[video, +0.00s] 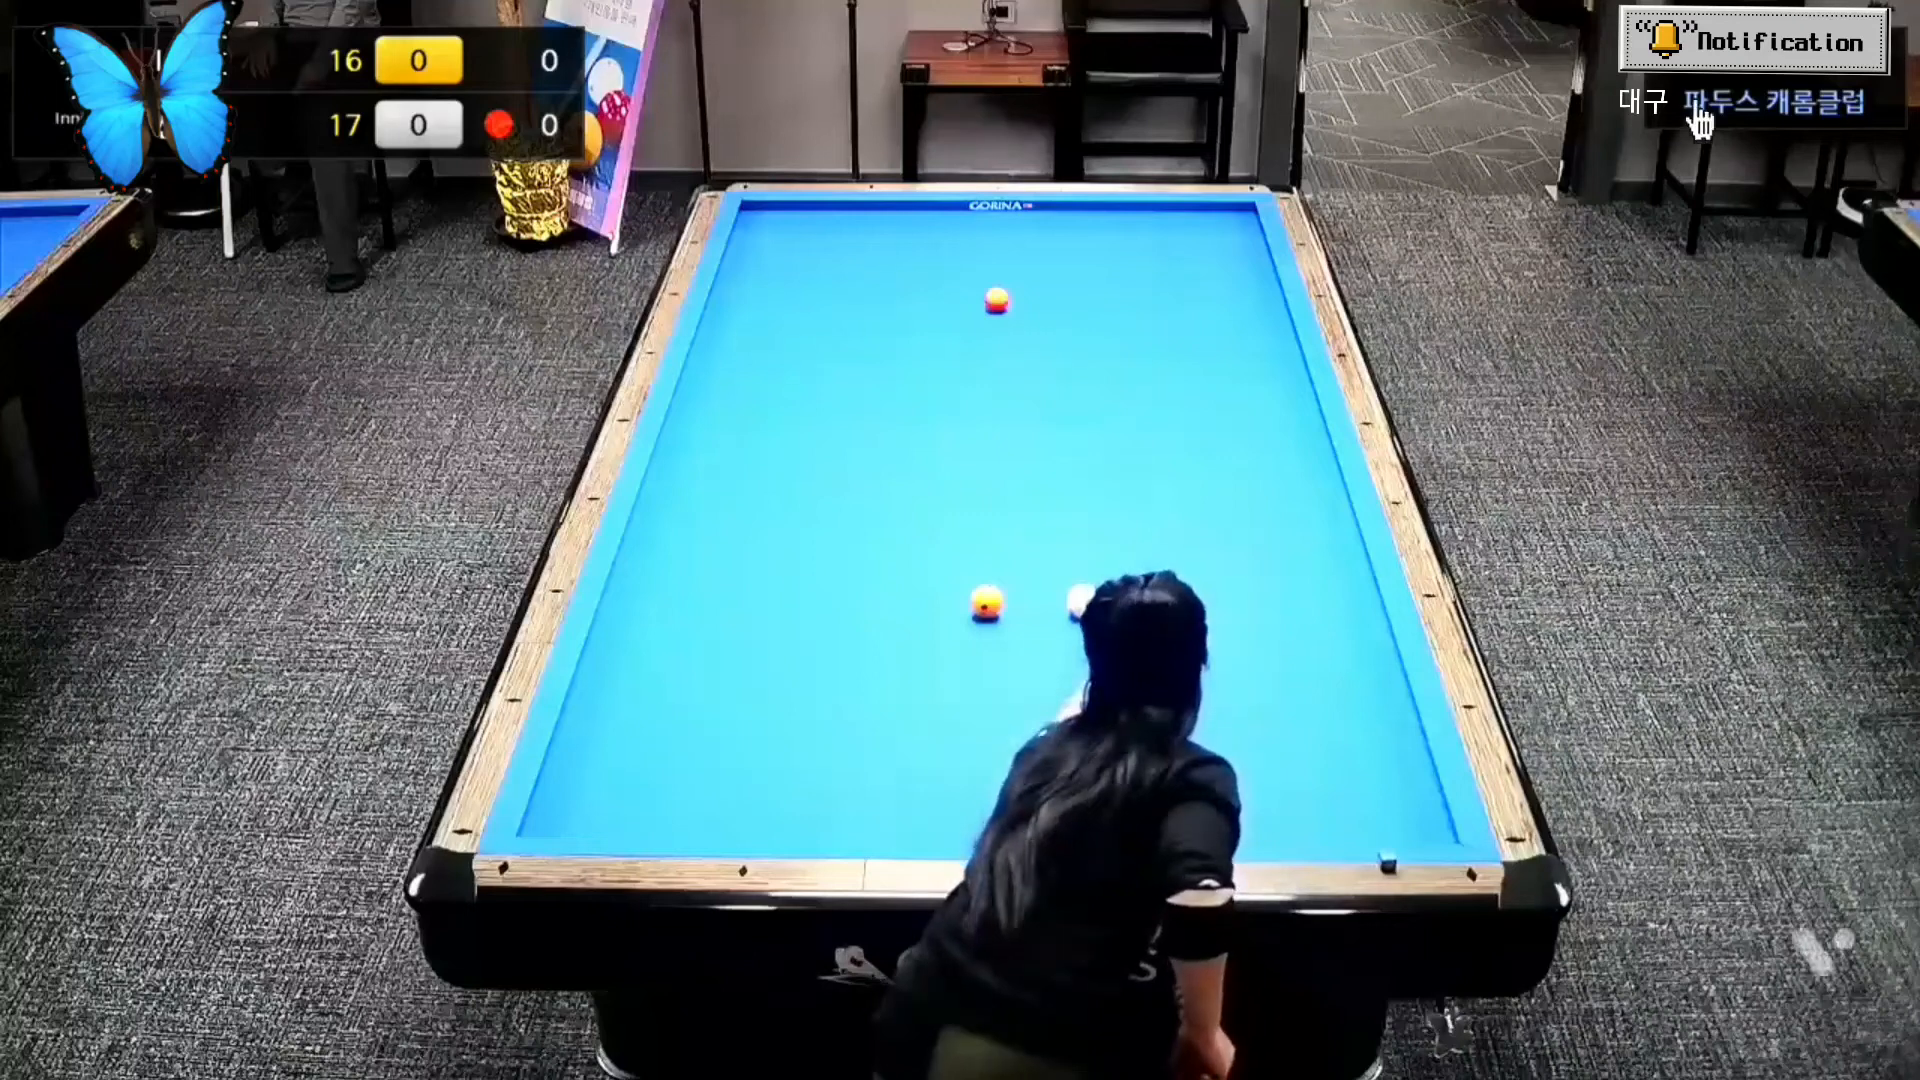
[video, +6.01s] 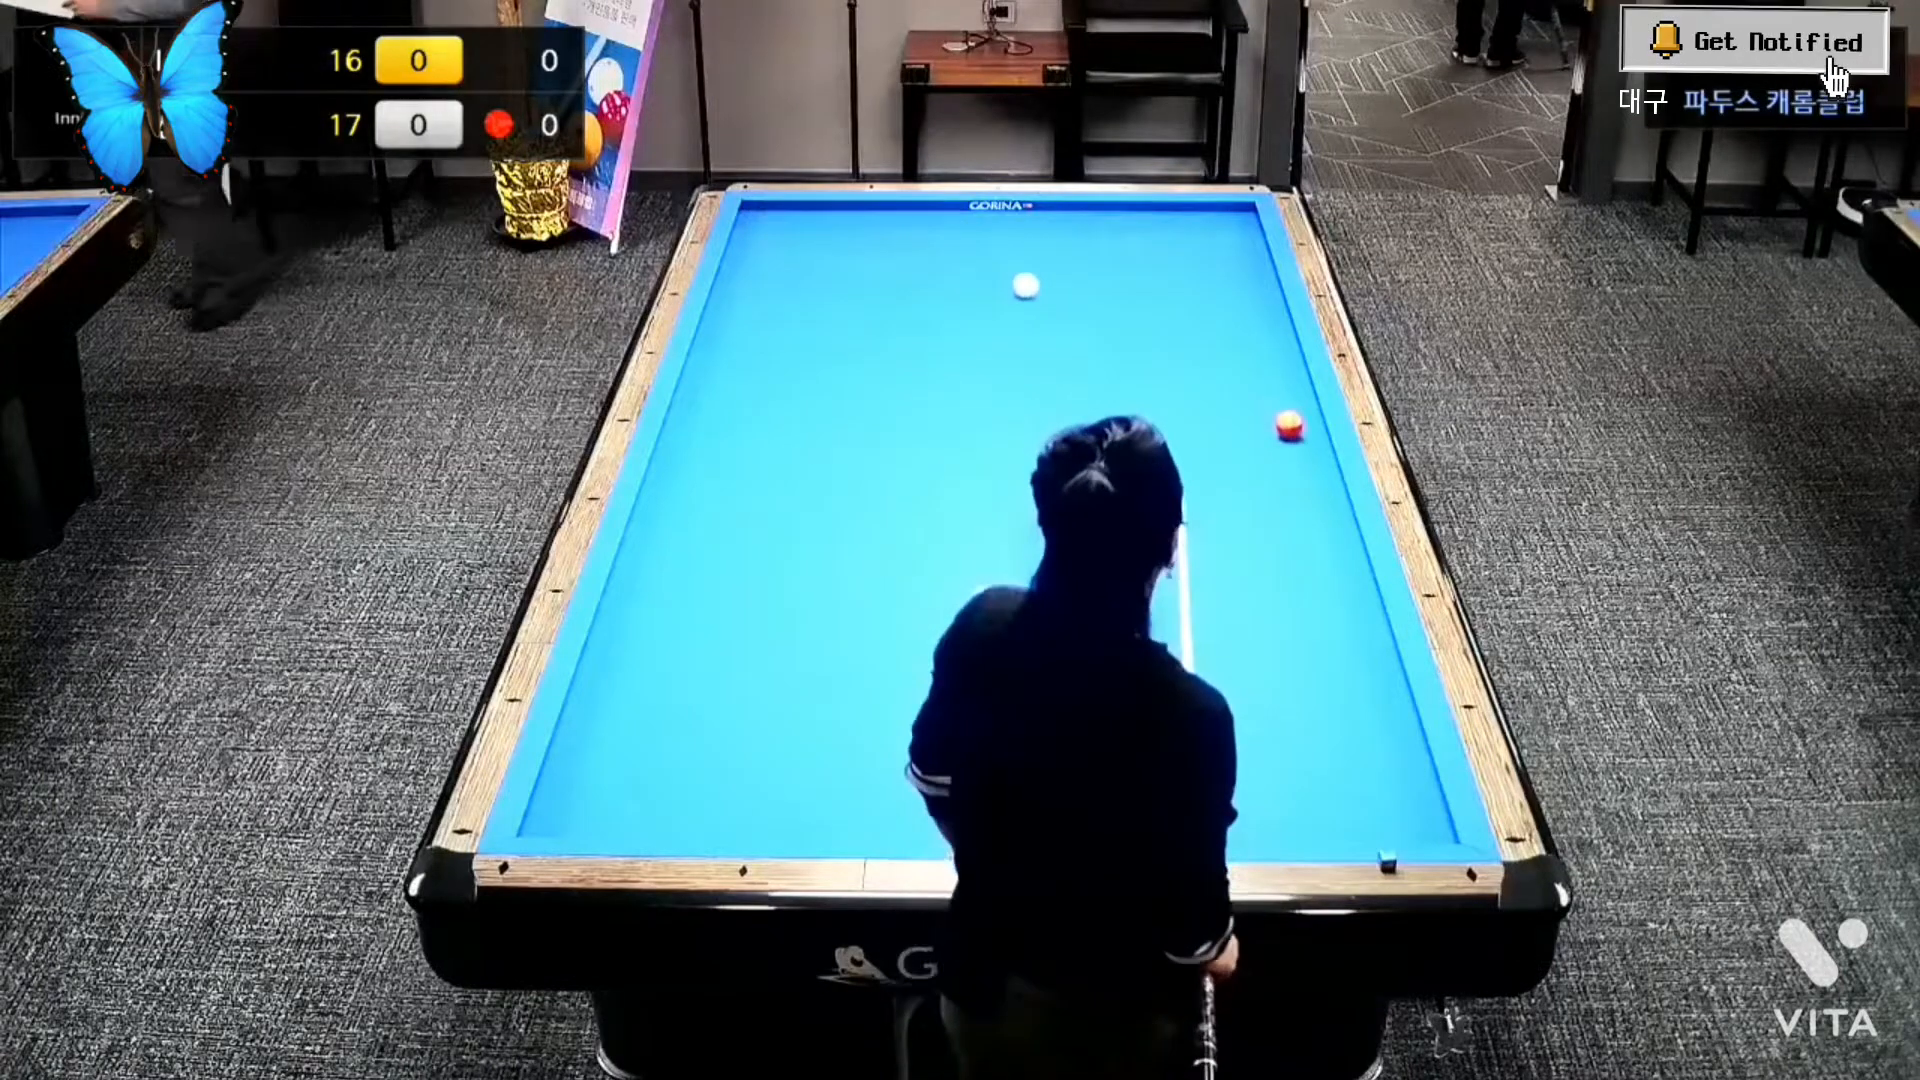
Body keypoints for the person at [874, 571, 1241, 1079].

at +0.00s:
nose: (1206, 666)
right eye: (1202, 656)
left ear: (1100, 664)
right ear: (1194, 666)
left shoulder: (1046, 748)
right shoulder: (1195, 773)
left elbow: (1078, 705)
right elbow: (1198, 903)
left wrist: (1101, 625)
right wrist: (1204, 1029)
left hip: (957, 1035)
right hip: (1077, 1051)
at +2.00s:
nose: (1207, 680)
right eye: (1202, 670)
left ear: (1099, 685)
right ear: (1193, 683)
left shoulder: (1052, 756)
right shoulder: (1203, 780)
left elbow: (1071, 717)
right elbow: (1206, 889)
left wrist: (1091, 683)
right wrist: (1222, 1036)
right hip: (1080, 1044)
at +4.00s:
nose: (1220, 672)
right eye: (1216, 660)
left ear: (1112, 671)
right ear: (1205, 669)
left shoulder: (1058, 748)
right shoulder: (1221, 771)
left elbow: (1077, 708)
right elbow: (1233, 872)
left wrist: (1104, 669)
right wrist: (1232, 937)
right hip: (1109, 1037)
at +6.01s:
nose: (1174, 540)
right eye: (1173, 526)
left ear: (1045, 526)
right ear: (1169, 543)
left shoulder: (986, 626)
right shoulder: (1191, 715)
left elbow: (933, 771)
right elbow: (1192, 924)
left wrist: (981, 858)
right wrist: (1219, 951)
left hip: (990, 987)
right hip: (1133, 1005)